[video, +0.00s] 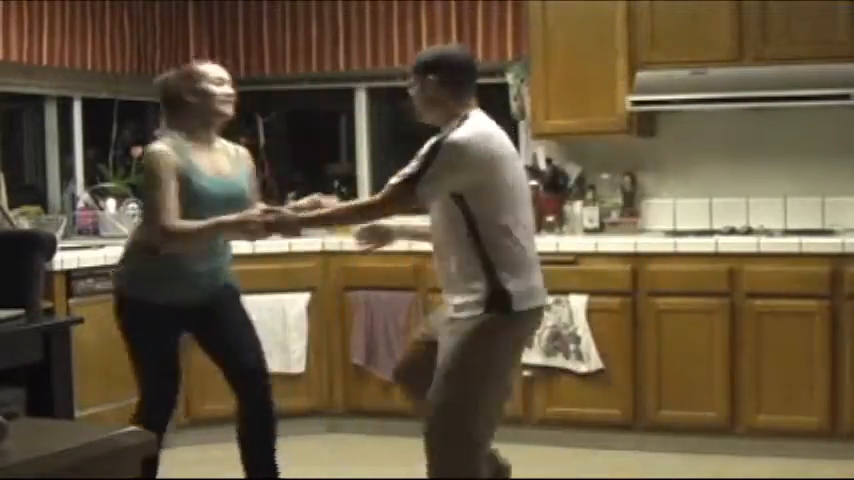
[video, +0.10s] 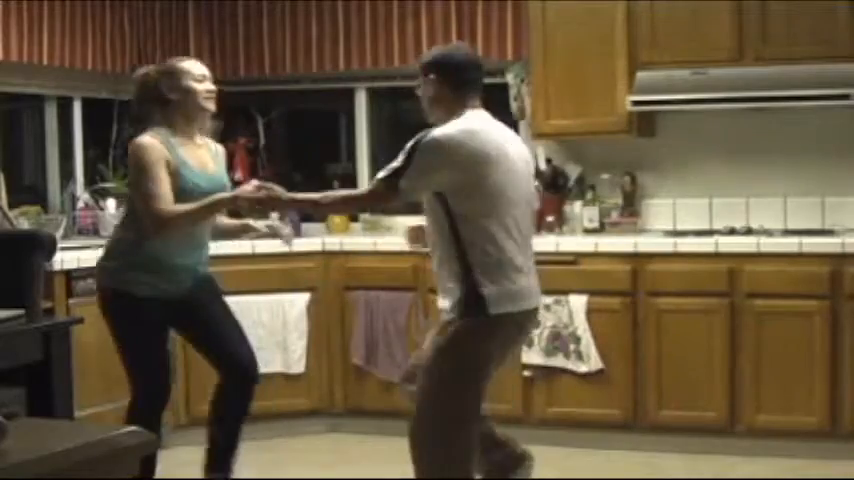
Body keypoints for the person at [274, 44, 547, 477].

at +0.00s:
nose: (411, 98)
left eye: (414, 88)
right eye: (411, 88)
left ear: (436, 87)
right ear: (462, 87)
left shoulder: (460, 142)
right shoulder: (480, 134)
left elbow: (383, 205)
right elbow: (464, 227)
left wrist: (301, 221)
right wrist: (394, 229)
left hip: (496, 310)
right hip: (474, 301)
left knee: (451, 440)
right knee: (415, 375)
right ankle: (486, 464)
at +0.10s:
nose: (419, 92)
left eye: (422, 82)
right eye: (420, 82)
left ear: (438, 84)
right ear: (474, 84)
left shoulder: (442, 143)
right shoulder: (508, 139)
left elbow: (371, 199)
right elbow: (518, 214)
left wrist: (287, 200)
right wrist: (442, 236)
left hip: (483, 312)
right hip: (517, 305)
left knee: (438, 429)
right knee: (419, 382)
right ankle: (501, 460)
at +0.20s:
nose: (431, 91)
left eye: (434, 82)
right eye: (433, 82)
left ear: (445, 85)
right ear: (488, 89)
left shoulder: (430, 140)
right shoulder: (529, 147)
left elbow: (361, 194)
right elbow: (554, 231)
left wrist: (287, 183)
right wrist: (490, 231)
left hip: (466, 314)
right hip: (520, 309)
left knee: (423, 433)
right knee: (471, 419)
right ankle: (512, 476)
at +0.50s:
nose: (528, 97)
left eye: (528, 86)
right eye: (526, 87)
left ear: (465, 89)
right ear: (510, 86)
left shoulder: (419, 138)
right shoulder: (543, 139)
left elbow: (377, 194)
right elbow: (589, 217)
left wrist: (320, 166)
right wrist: (635, 251)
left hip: (442, 308)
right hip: (520, 309)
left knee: (388, 421)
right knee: (520, 434)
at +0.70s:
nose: (541, 106)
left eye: (542, 94)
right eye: (539, 94)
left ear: (481, 92)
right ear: (523, 91)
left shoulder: (432, 145)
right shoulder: (539, 140)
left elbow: (393, 204)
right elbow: (556, 211)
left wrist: (343, 199)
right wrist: (638, 266)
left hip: (437, 313)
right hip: (515, 315)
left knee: (399, 442)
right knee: (523, 431)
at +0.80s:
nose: (548, 100)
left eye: (545, 90)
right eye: (548, 92)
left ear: (492, 91)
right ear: (541, 92)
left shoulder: (445, 146)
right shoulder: (559, 137)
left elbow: (405, 212)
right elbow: (578, 210)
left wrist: (351, 220)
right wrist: (646, 273)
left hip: (454, 310)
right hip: (532, 315)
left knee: (401, 427)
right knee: (521, 435)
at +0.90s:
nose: (552, 98)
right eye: (552, 91)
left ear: (497, 91)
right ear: (549, 90)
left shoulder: (457, 144)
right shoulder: (576, 139)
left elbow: (413, 215)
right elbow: (615, 212)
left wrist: (350, 217)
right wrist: (679, 272)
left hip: (467, 298)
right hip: (543, 309)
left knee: (398, 371)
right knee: (523, 427)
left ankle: (416, 474)